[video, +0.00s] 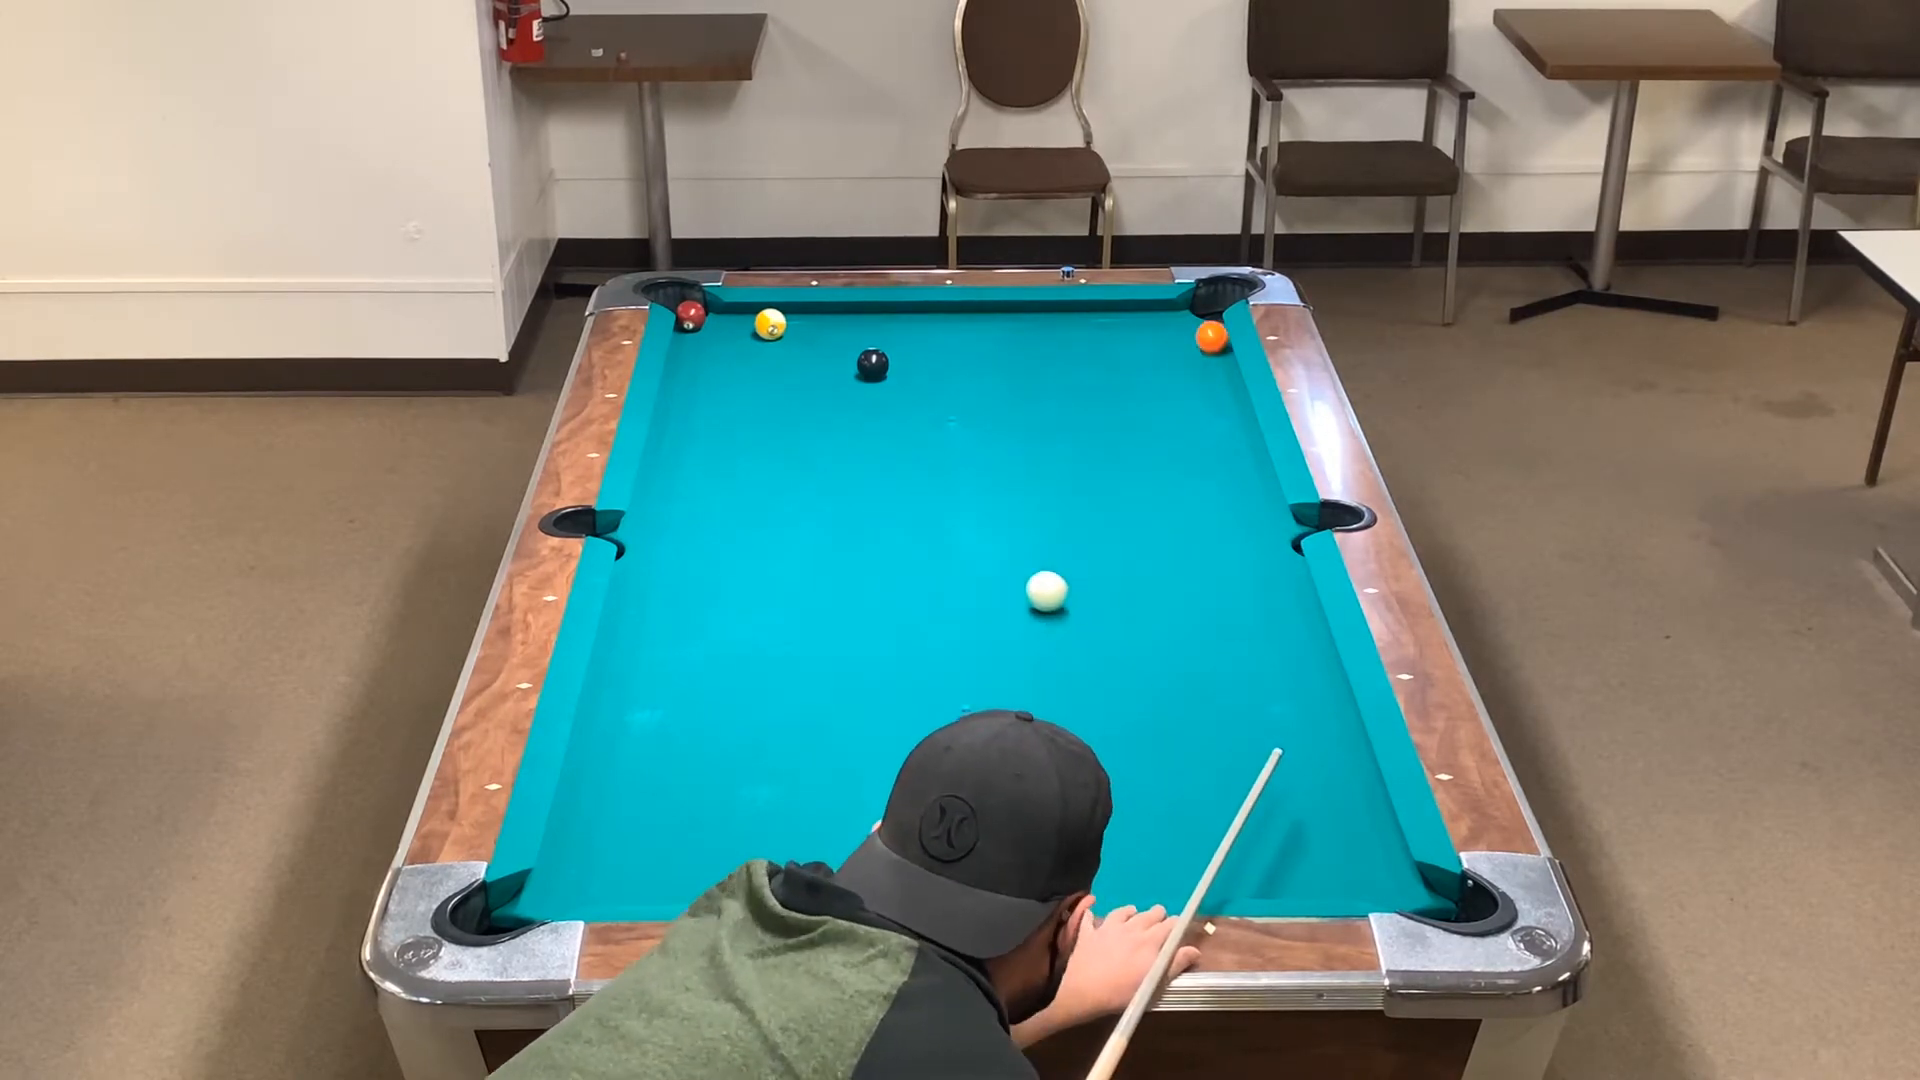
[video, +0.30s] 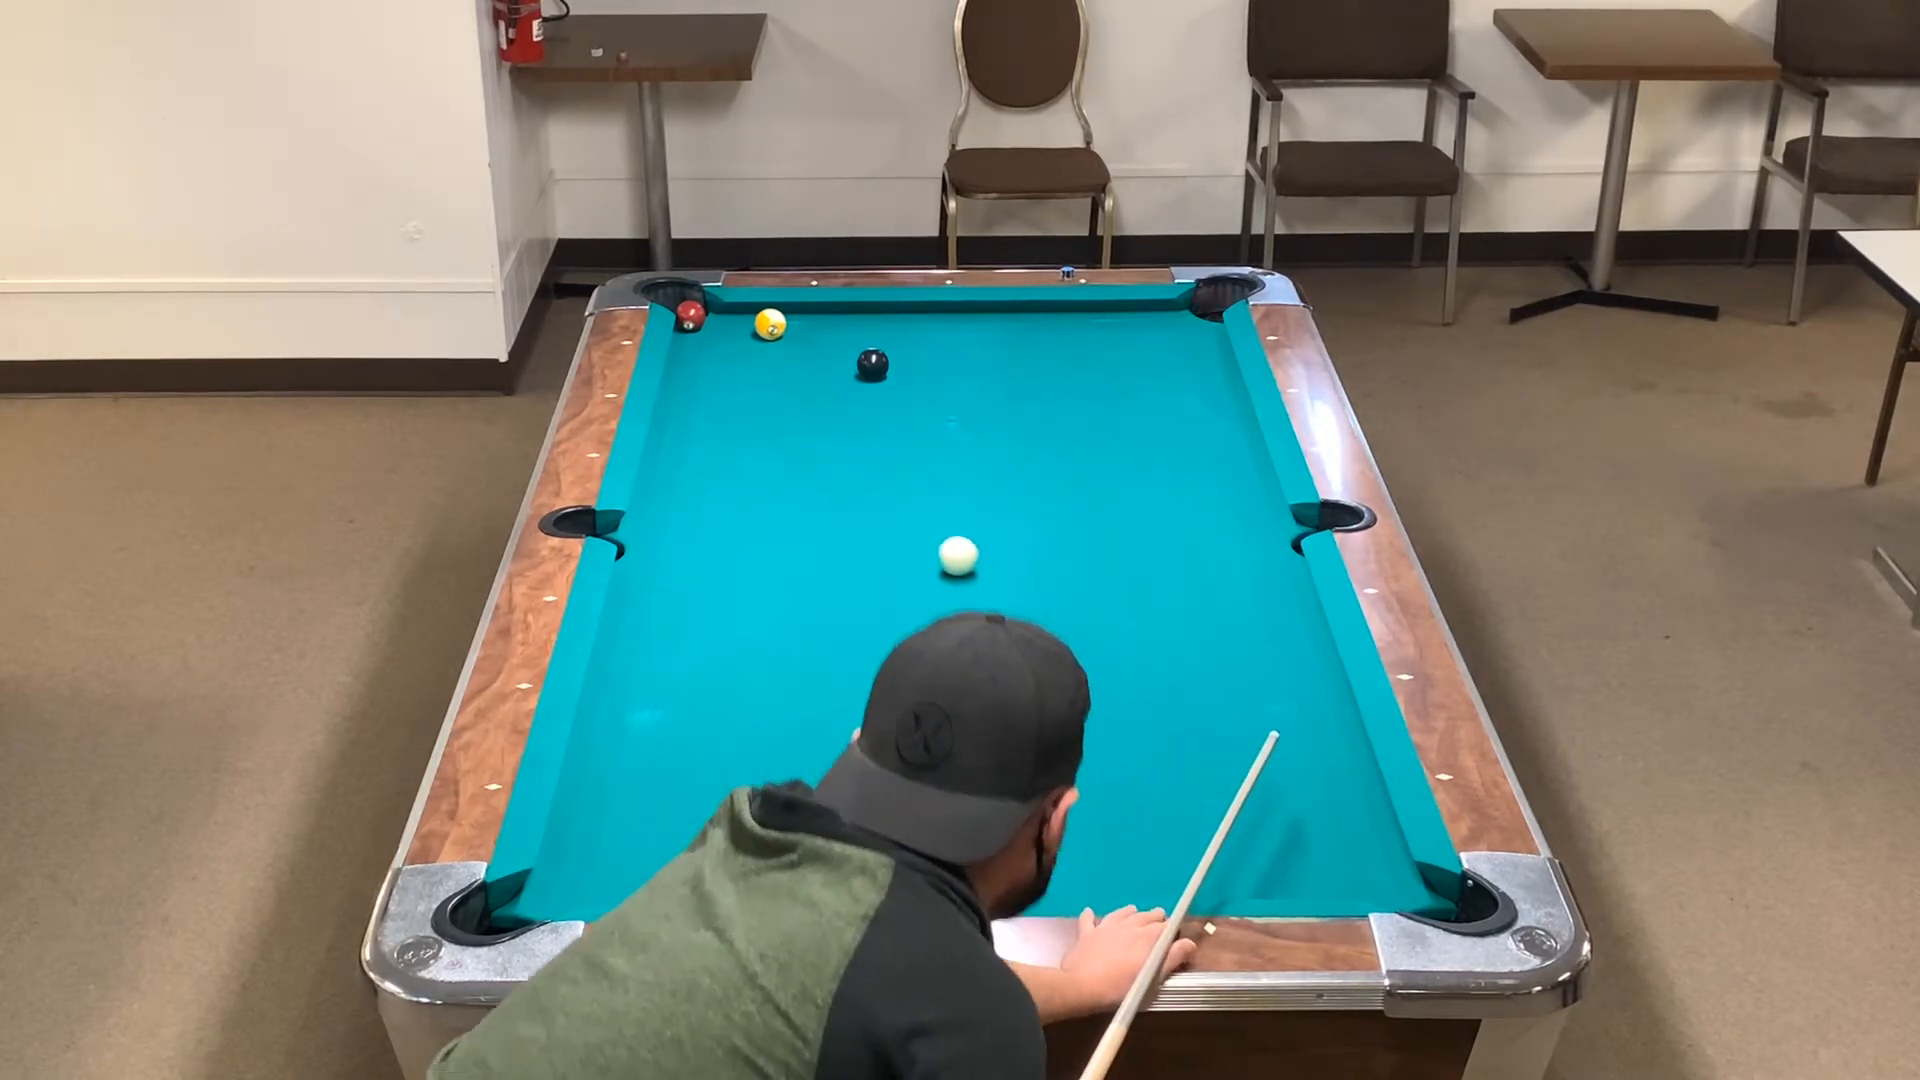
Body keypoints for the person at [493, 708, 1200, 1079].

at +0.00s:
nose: (1074, 929)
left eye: (1080, 913)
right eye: (1078, 913)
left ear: (890, 829)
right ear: (1059, 924)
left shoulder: (752, 897)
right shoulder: (950, 1042)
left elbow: (854, 1036)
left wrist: (1063, 1004)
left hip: (546, 1056)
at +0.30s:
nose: (1065, 819)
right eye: (1065, 802)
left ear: (862, 747)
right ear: (1048, 822)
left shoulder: (753, 825)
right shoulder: (967, 1009)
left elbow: (861, 966)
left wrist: (1070, 987)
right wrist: (1083, 988)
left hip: (471, 1053)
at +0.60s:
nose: (1019, 613)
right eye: (1023, 592)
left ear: (806, 578)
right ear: (1003, 620)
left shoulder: (709, 709)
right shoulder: (942, 862)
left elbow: (800, 892)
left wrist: (1040, 955)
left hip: (430, 1048)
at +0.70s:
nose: (991, 552)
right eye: (991, 531)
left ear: (779, 519)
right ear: (974, 557)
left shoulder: (675, 670)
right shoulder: (926, 807)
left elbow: (773, 886)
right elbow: (885, 1068)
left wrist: (1026, 954)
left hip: (417, 1053)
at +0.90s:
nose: (930, 422)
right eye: (926, 408)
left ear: (704, 422)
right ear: (909, 441)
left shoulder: (604, 588)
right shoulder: (880, 717)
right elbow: (866, 1058)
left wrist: (933, 967)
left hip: (439, 1047)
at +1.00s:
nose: (900, 388)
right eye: (896, 373)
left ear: (677, 387)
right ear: (884, 403)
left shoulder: (566, 579)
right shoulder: (869, 696)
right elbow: (885, 1056)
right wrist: (978, 1055)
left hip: (457, 1050)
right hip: (704, 1064)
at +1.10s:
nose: (887, 354)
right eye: (882, 341)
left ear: (660, 363)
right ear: (874, 377)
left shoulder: (531, 578)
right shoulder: (879, 684)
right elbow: (916, 1051)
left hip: (482, 1056)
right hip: (741, 1062)